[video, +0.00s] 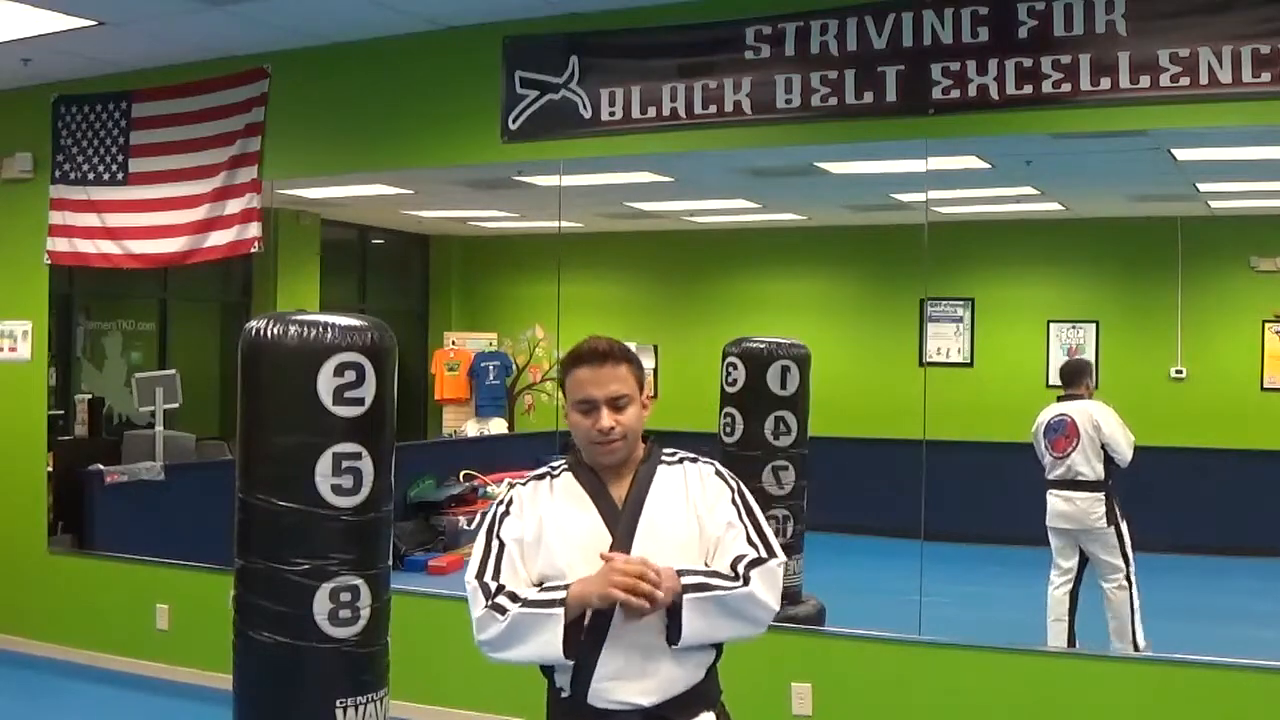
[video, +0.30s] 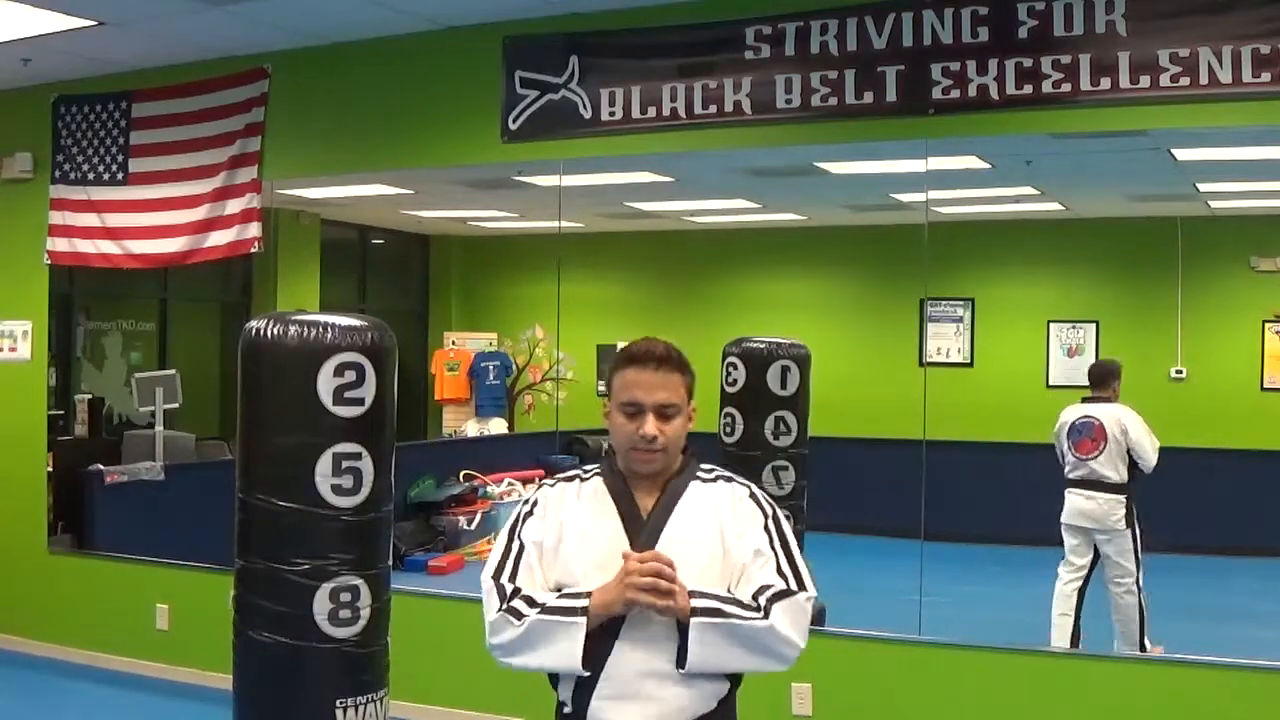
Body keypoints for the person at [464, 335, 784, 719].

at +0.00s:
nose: (605, 423)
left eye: (618, 404)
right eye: (587, 408)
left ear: (646, 401)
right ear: (566, 412)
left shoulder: (706, 484)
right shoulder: (525, 502)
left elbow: (762, 592)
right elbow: (493, 620)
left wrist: (675, 588)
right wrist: (583, 593)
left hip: (688, 706)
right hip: (578, 708)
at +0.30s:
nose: (649, 429)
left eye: (666, 413)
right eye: (632, 411)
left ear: (690, 417)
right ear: (607, 413)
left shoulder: (743, 507)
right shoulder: (550, 504)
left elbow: (785, 630)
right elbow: (506, 627)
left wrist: (690, 606)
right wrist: (603, 601)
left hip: (700, 711)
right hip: (585, 710)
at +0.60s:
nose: (705, 430)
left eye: (726, 413)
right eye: (690, 408)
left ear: (755, 419)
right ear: (668, 408)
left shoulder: (795, 516)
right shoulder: (601, 491)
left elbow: (820, 661)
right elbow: (525, 606)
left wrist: (707, 610)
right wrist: (620, 593)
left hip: (729, 711)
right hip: (614, 709)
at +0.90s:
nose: (710, 434)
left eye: (732, 414)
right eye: (694, 414)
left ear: (770, 417)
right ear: (676, 415)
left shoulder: (822, 518)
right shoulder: (623, 501)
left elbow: (852, 670)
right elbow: (557, 619)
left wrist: (720, 645)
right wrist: (627, 641)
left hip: (762, 717)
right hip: (637, 715)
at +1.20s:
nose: (696, 431)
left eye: (716, 408)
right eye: (675, 413)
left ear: (751, 411)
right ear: (652, 421)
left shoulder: (818, 531)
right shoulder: (593, 525)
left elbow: (863, 681)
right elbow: (529, 652)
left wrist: (748, 675)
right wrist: (591, 672)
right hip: (619, 719)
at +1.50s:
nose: (627, 415)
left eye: (642, 391)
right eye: (601, 402)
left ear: (677, 406)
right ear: (578, 428)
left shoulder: (766, 531)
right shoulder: (522, 553)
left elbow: (841, 659)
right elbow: (452, 699)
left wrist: (794, 678)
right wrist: (487, 703)